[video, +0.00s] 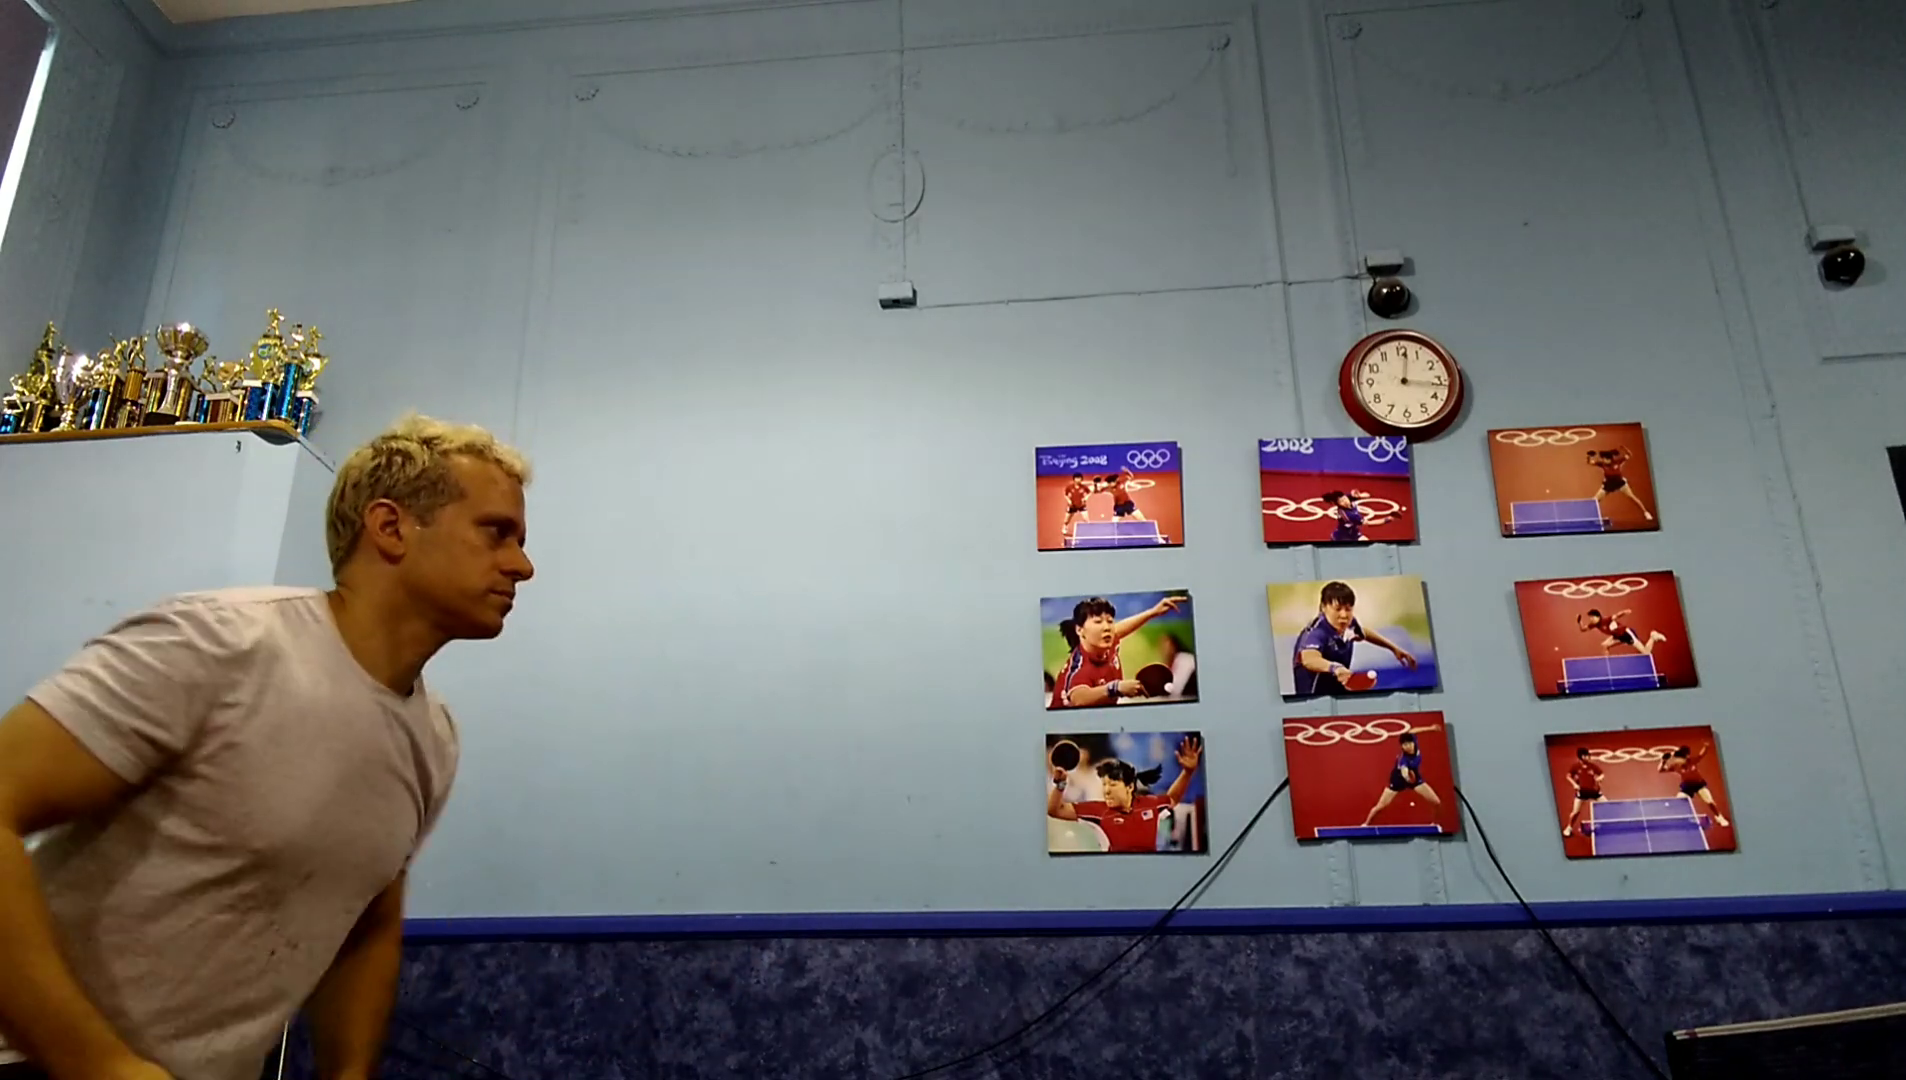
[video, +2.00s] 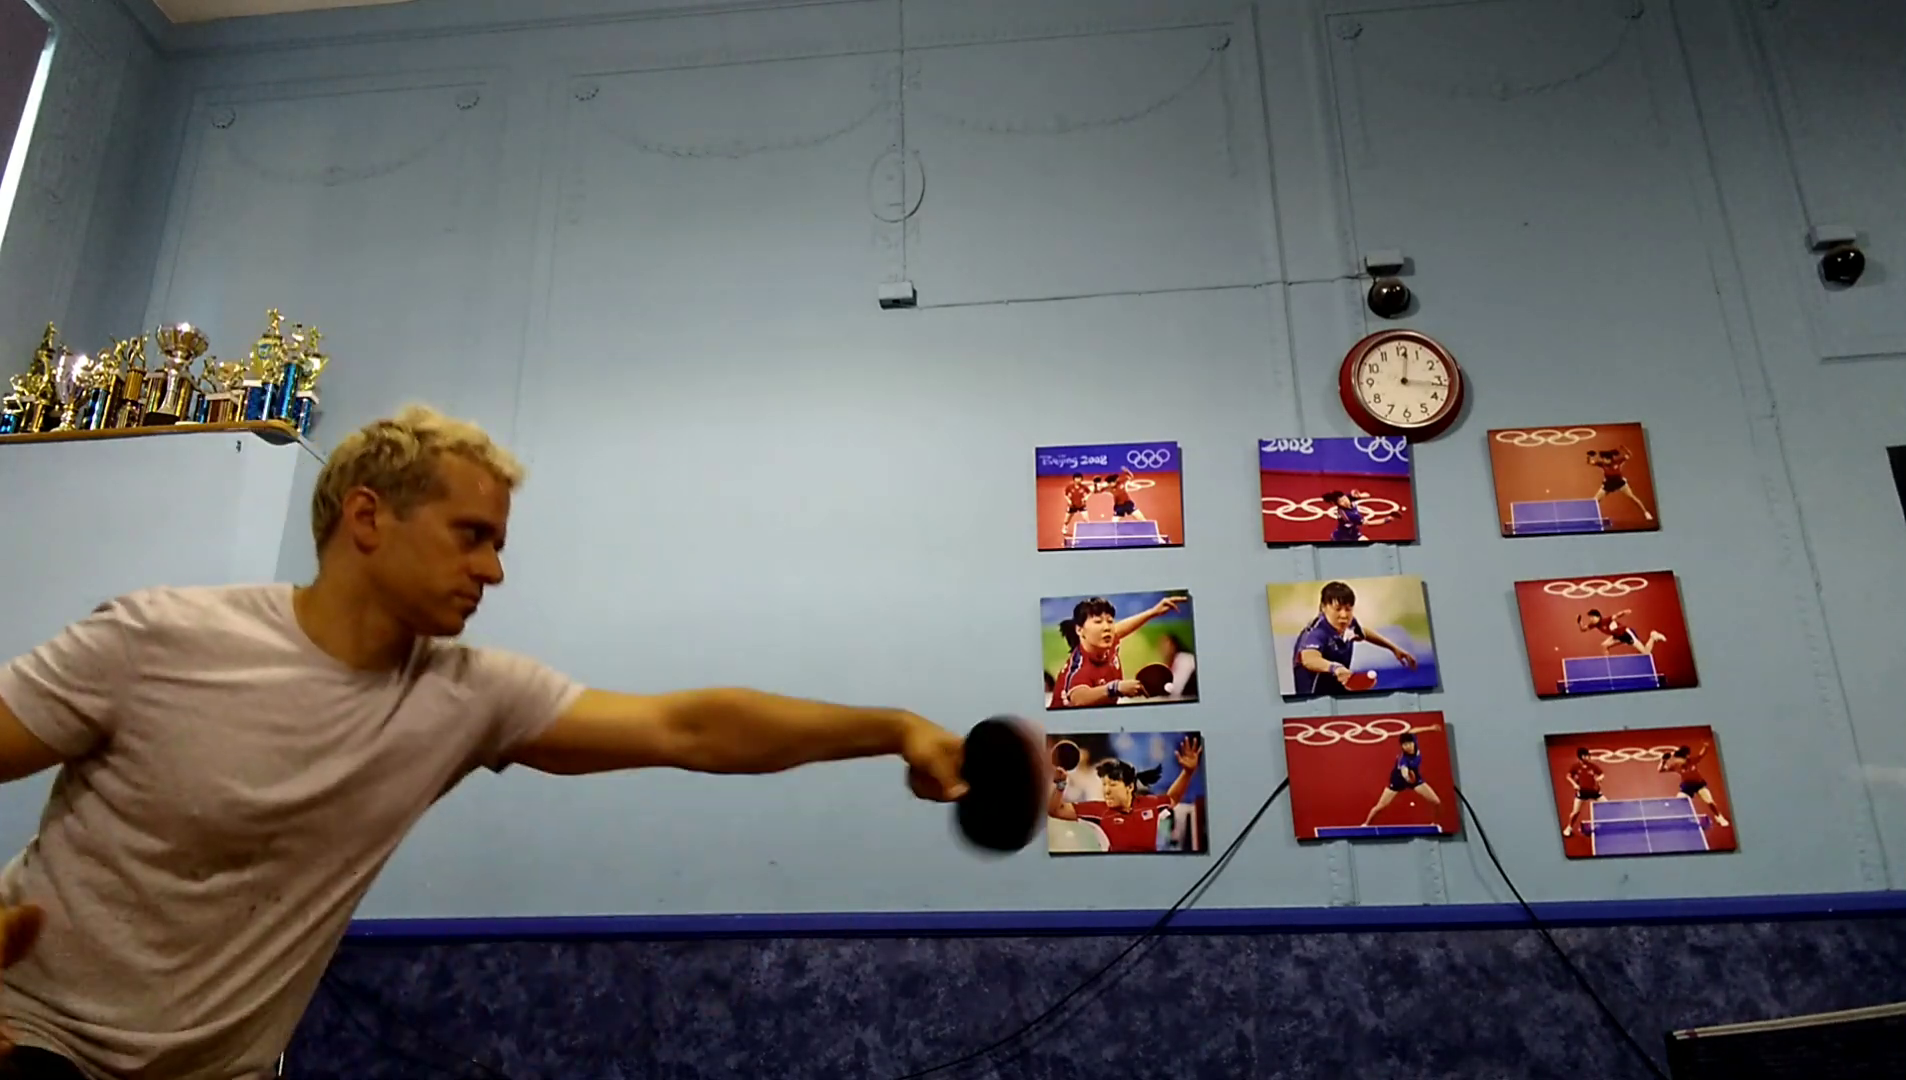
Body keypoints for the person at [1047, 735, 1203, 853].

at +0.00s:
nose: (1107, 790)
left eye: (1113, 785)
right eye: (1104, 785)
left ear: (1130, 787)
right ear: (1101, 786)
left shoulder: (1151, 805)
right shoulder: (1100, 810)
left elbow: (1172, 798)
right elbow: (1055, 811)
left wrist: (1188, 771)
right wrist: (1059, 785)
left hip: (1150, 873)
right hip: (1114, 874)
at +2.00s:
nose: (1106, 790)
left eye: (1113, 785)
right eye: (1104, 785)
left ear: (1130, 787)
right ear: (1101, 787)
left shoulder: (1151, 805)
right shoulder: (1100, 810)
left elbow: (1172, 798)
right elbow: (1055, 811)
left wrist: (1188, 771)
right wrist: (1059, 785)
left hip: (1151, 872)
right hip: (1116, 874)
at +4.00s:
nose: (1107, 790)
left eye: (1113, 785)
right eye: (1104, 785)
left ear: (1130, 787)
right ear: (1101, 787)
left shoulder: (1151, 804)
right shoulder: (1100, 811)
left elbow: (1172, 798)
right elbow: (1055, 811)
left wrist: (1188, 771)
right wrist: (1059, 785)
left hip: (1152, 872)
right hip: (1117, 874)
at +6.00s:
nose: (1107, 790)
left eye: (1113, 785)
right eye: (1104, 785)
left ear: (1130, 787)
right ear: (1101, 787)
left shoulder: (1151, 804)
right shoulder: (1100, 811)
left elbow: (1172, 798)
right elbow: (1055, 811)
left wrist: (1188, 771)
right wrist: (1059, 785)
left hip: (1151, 872)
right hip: (1116, 874)